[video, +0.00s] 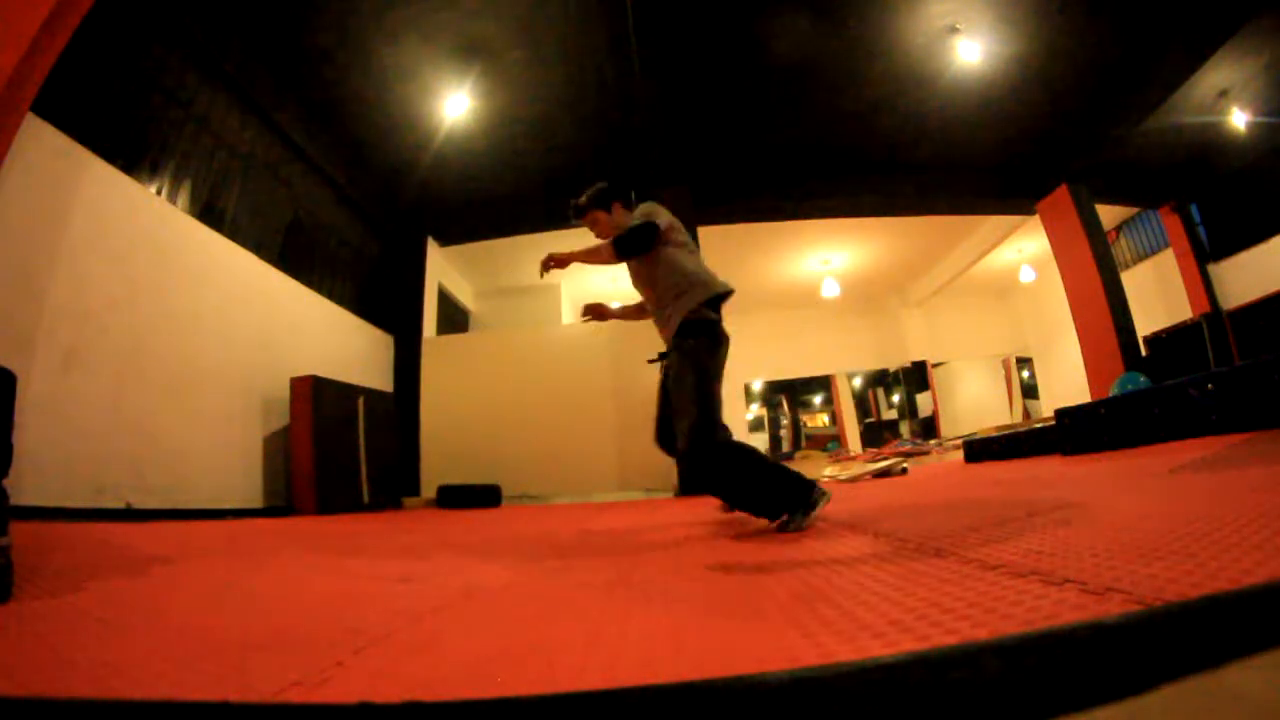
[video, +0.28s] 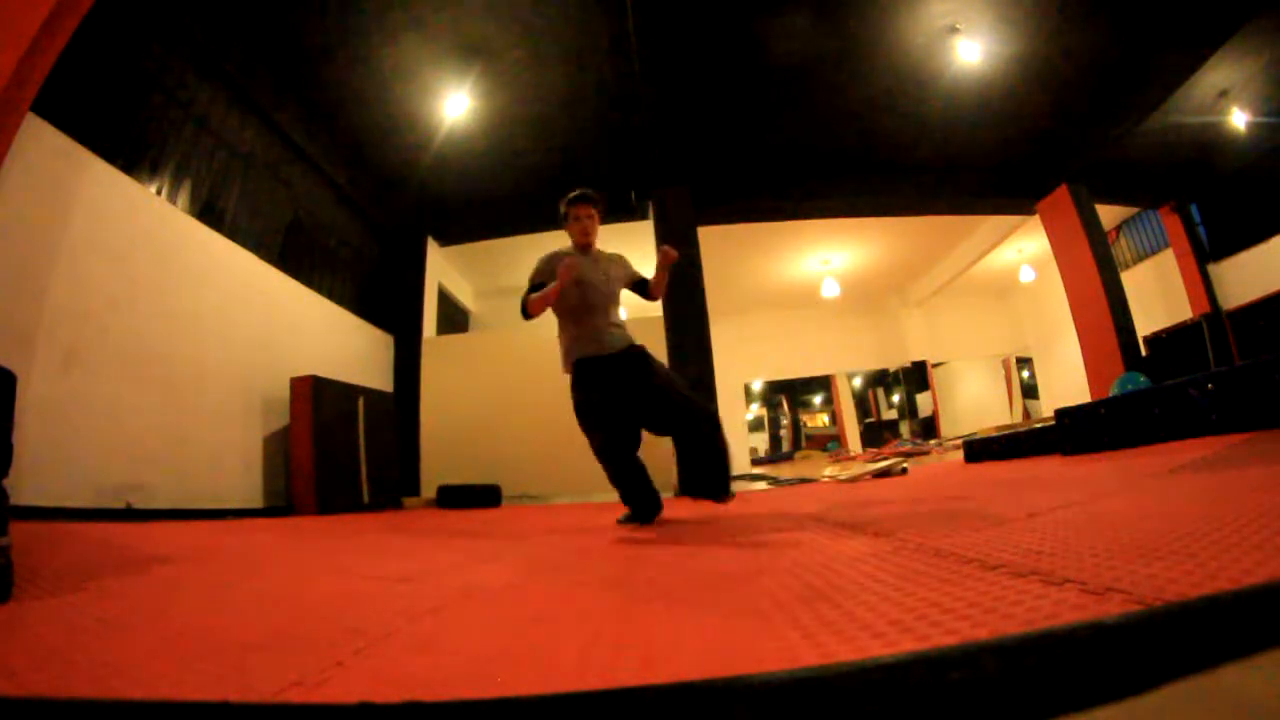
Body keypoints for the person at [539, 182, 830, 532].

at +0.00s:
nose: (596, 234)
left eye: (595, 225)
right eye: (591, 229)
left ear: (613, 208)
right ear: (611, 213)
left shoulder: (649, 214)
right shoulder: (640, 249)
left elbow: (629, 245)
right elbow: (657, 306)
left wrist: (571, 257)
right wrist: (612, 313)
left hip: (699, 332)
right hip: (682, 341)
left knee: (699, 438)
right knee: (670, 436)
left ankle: (799, 495)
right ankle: (743, 489)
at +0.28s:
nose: (584, 225)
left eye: (589, 218)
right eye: (576, 219)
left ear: (599, 222)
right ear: (566, 226)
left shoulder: (614, 263)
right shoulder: (553, 263)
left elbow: (653, 293)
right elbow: (528, 310)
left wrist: (664, 266)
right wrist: (555, 287)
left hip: (627, 358)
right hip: (587, 366)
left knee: (691, 413)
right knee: (611, 446)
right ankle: (643, 506)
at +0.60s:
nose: (528, 237)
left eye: (521, 233)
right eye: (533, 230)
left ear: (511, 235)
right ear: (542, 233)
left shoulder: (496, 265)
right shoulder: (561, 262)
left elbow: (468, 290)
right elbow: (580, 303)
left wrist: (489, 269)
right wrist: (552, 309)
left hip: (516, 375)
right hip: (562, 371)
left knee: (505, 444)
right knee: (584, 441)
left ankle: (522, 509)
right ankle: (601, 495)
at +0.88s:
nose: (448, 238)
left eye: (452, 231)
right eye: (449, 231)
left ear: (469, 231)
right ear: (466, 233)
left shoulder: (490, 257)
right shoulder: (472, 266)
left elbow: (506, 300)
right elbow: (478, 313)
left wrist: (459, 302)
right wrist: (450, 304)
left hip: (494, 358)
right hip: (471, 357)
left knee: (494, 420)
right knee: (448, 417)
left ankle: (521, 492)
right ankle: (458, 483)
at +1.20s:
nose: (385, 237)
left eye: (391, 231)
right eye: (385, 231)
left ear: (411, 235)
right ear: (394, 237)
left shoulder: (435, 272)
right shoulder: (383, 276)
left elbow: (455, 320)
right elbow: (377, 325)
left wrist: (426, 309)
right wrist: (367, 312)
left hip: (419, 369)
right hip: (382, 368)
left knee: (430, 442)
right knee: (368, 442)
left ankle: (484, 492)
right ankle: (368, 514)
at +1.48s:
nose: (341, 220)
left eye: (347, 214)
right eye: (340, 214)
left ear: (366, 216)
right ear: (342, 219)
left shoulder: (393, 255)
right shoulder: (336, 259)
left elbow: (408, 304)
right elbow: (322, 308)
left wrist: (372, 302)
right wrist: (316, 291)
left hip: (371, 349)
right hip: (340, 349)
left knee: (347, 427)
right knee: (339, 430)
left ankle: (333, 513)